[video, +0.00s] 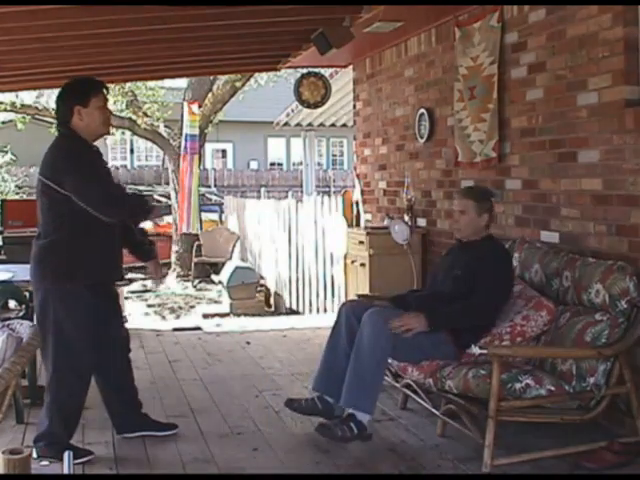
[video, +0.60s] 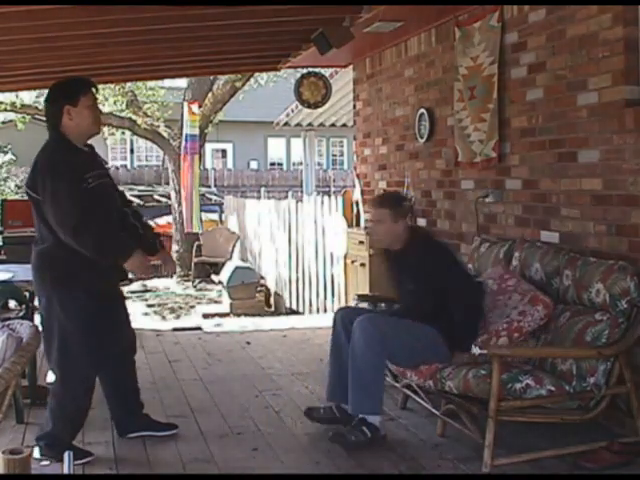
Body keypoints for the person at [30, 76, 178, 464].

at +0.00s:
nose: (110, 114)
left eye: (108, 106)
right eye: (103, 107)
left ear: (83, 113)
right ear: (78, 113)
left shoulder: (88, 154)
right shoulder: (65, 155)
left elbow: (111, 211)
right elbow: (105, 203)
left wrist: (145, 249)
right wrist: (147, 205)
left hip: (92, 273)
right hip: (64, 277)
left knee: (112, 349)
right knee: (70, 360)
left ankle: (129, 420)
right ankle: (51, 443)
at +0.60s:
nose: (100, 112)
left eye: (97, 104)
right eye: (92, 105)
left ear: (72, 114)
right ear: (68, 113)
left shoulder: (89, 158)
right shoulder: (54, 161)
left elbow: (118, 208)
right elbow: (74, 227)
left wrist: (152, 242)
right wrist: (126, 256)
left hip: (97, 274)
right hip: (65, 280)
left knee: (118, 348)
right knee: (75, 363)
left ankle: (130, 420)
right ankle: (55, 442)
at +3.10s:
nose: (121, 112)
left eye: (121, 104)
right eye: (115, 104)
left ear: (93, 108)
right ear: (90, 107)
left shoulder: (103, 151)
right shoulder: (73, 152)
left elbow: (134, 192)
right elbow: (125, 193)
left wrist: (175, 173)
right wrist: (178, 173)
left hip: (109, 273)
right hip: (77, 275)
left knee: (122, 350)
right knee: (72, 359)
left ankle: (134, 424)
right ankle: (52, 443)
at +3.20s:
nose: (122, 112)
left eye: (121, 103)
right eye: (116, 103)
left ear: (93, 108)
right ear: (91, 107)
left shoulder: (102, 151)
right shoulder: (74, 151)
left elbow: (136, 189)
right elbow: (125, 195)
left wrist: (182, 176)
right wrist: (183, 177)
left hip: (108, 272)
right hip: (77, 274)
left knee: (122, 350)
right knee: (73, 358)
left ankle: (134, 424)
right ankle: (52, 444)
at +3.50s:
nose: (115, 110)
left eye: (113, 103)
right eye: (106, 104)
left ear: (91, 109)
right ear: (80, 110)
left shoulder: (100, 154)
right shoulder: (68, 155)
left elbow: (127, 200)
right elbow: (108, 205)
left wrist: (166, 213)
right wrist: (164, 216)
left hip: (105, 275)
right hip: (71, 277)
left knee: (121, 351)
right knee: (70, 361)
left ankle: (134, 424)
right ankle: (51, 444)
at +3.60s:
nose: (112, 110)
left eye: (110, 102)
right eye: (103, 103)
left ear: (86, 110)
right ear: (76, 110)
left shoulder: (97, 153)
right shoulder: (67, 156)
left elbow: (118, 207)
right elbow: (102, 215)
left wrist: (160, 223)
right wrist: (159, 232)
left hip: (103, 274)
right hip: (70, 277)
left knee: (120, 351)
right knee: (69, 361)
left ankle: (134, 424)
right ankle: (51, 444)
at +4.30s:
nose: (101, 125)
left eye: (101, 117)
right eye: (96, 117)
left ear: (72, 117)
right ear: (71, 115)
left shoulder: (78, 157)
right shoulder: (52, 162)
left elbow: (98, 211)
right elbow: (71, 233)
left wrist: (136, 225)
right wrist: (124, 251)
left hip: (96, 276)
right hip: (67, 282)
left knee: (122, 348)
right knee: (80, 364)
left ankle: (135, 424)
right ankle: (52, 447)